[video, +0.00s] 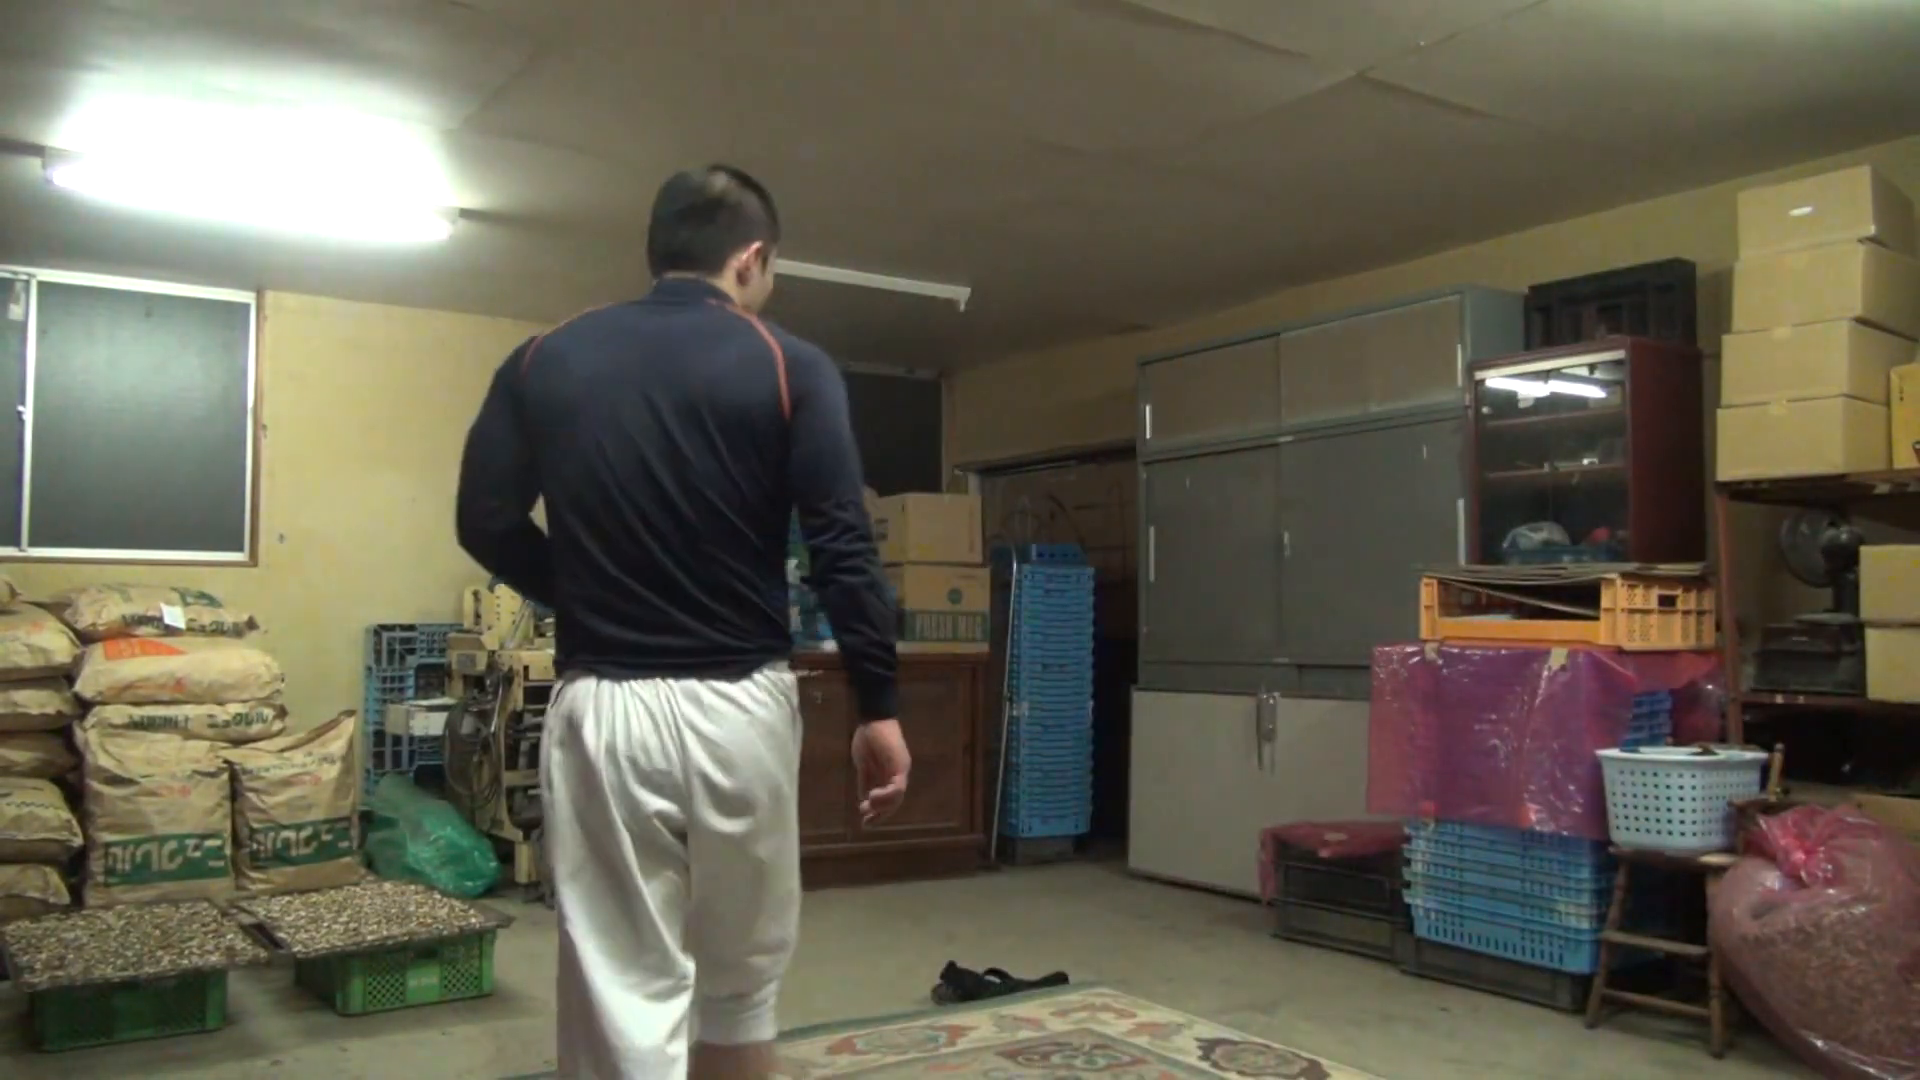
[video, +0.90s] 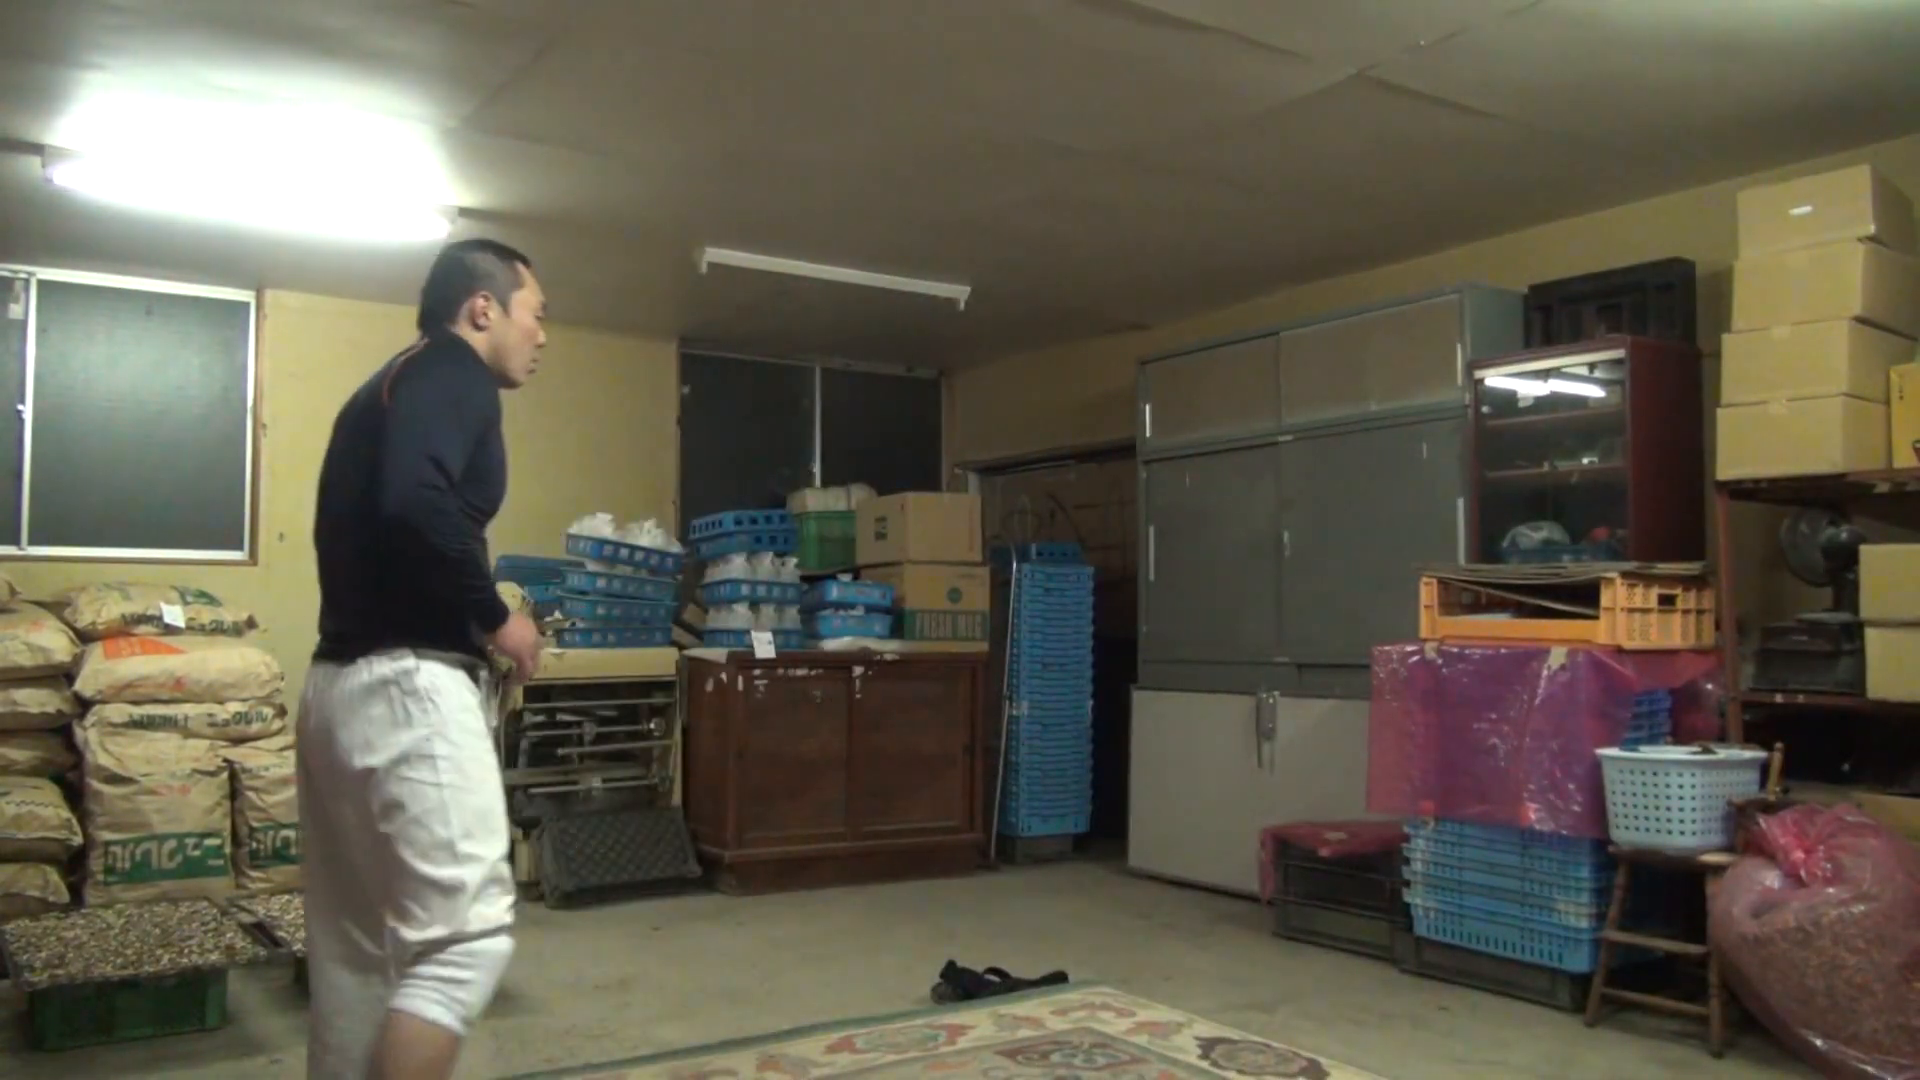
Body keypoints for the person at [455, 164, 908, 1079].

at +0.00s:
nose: (768, 290)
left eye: (768, 271)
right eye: (770, 270)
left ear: (655, 257)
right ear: (747, 261)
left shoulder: (545, 361)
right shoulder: (794, 369)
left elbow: (486, 520)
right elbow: (841, 542)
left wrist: (586, 587)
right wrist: (877, 704)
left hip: (598, 719)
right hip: (741, 719)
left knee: (624, 1003)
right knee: (738, 998)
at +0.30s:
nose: (713, 324)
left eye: (715, 308)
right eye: (713, 307)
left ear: (607, 296)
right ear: (687, 302)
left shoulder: (511, 387)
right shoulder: (731, 395)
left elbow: (480, 546)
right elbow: (785, 559)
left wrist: (572, 566)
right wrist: (820, 689)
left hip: (546, 719)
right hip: (678, 714)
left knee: (507, 963)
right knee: (692, 966)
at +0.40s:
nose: (686, 320)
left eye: (686, 303)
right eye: (683, 303)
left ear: (578, 299)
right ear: (649, 302)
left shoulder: (486, 388)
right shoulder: (694, 386)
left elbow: (460, 542)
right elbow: (750, 529)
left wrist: (552, 544)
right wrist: (770, 638)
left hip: (510, 712)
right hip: (641, 709)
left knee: (472, 962)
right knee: (675, 967)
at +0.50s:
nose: (646, 332)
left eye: (646, 315)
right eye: (643, 315)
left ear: (545, 314)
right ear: (613, 315)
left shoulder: (454, 404)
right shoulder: (642, 391)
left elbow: (432, 553)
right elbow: (692, 522)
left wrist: (531, 559)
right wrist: (710, 601)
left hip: (468, 716)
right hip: (591, 715)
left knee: (436, 954)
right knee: (660, 961)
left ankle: (390, 1071)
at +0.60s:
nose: (613, 350)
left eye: (613, 332)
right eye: (608, 331)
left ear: (524, 332)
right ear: (564, 331)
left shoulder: (426, 419)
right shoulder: (572, 396)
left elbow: (415, 561)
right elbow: (596, 528)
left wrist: (547, 630)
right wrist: (658, 595)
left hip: (415, 716)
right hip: (524, 716)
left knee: (407, 966)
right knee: (620, 954)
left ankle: (381, 1072)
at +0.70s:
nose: (585, 348)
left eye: (586, 329)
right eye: (578, 328)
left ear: (501, 329)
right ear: (531, 325)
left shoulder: (416, 409)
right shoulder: (523, 390)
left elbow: (413, 555)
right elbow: (517, 522)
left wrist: (512, 645)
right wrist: (589, 611)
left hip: (378, 707)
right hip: (472, 707)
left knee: (387, 957)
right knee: (565, 942)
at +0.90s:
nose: (542, 336)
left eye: (543, 317)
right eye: (533, 314)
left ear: (461, 314)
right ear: (480, 310)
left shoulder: (380, 388)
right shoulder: (452, 370)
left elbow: (362, 539)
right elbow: (417, 499)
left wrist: (486, 603)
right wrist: (495, 613)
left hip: (339, 691)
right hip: (410, 691)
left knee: (353, 958)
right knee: (460, 943)